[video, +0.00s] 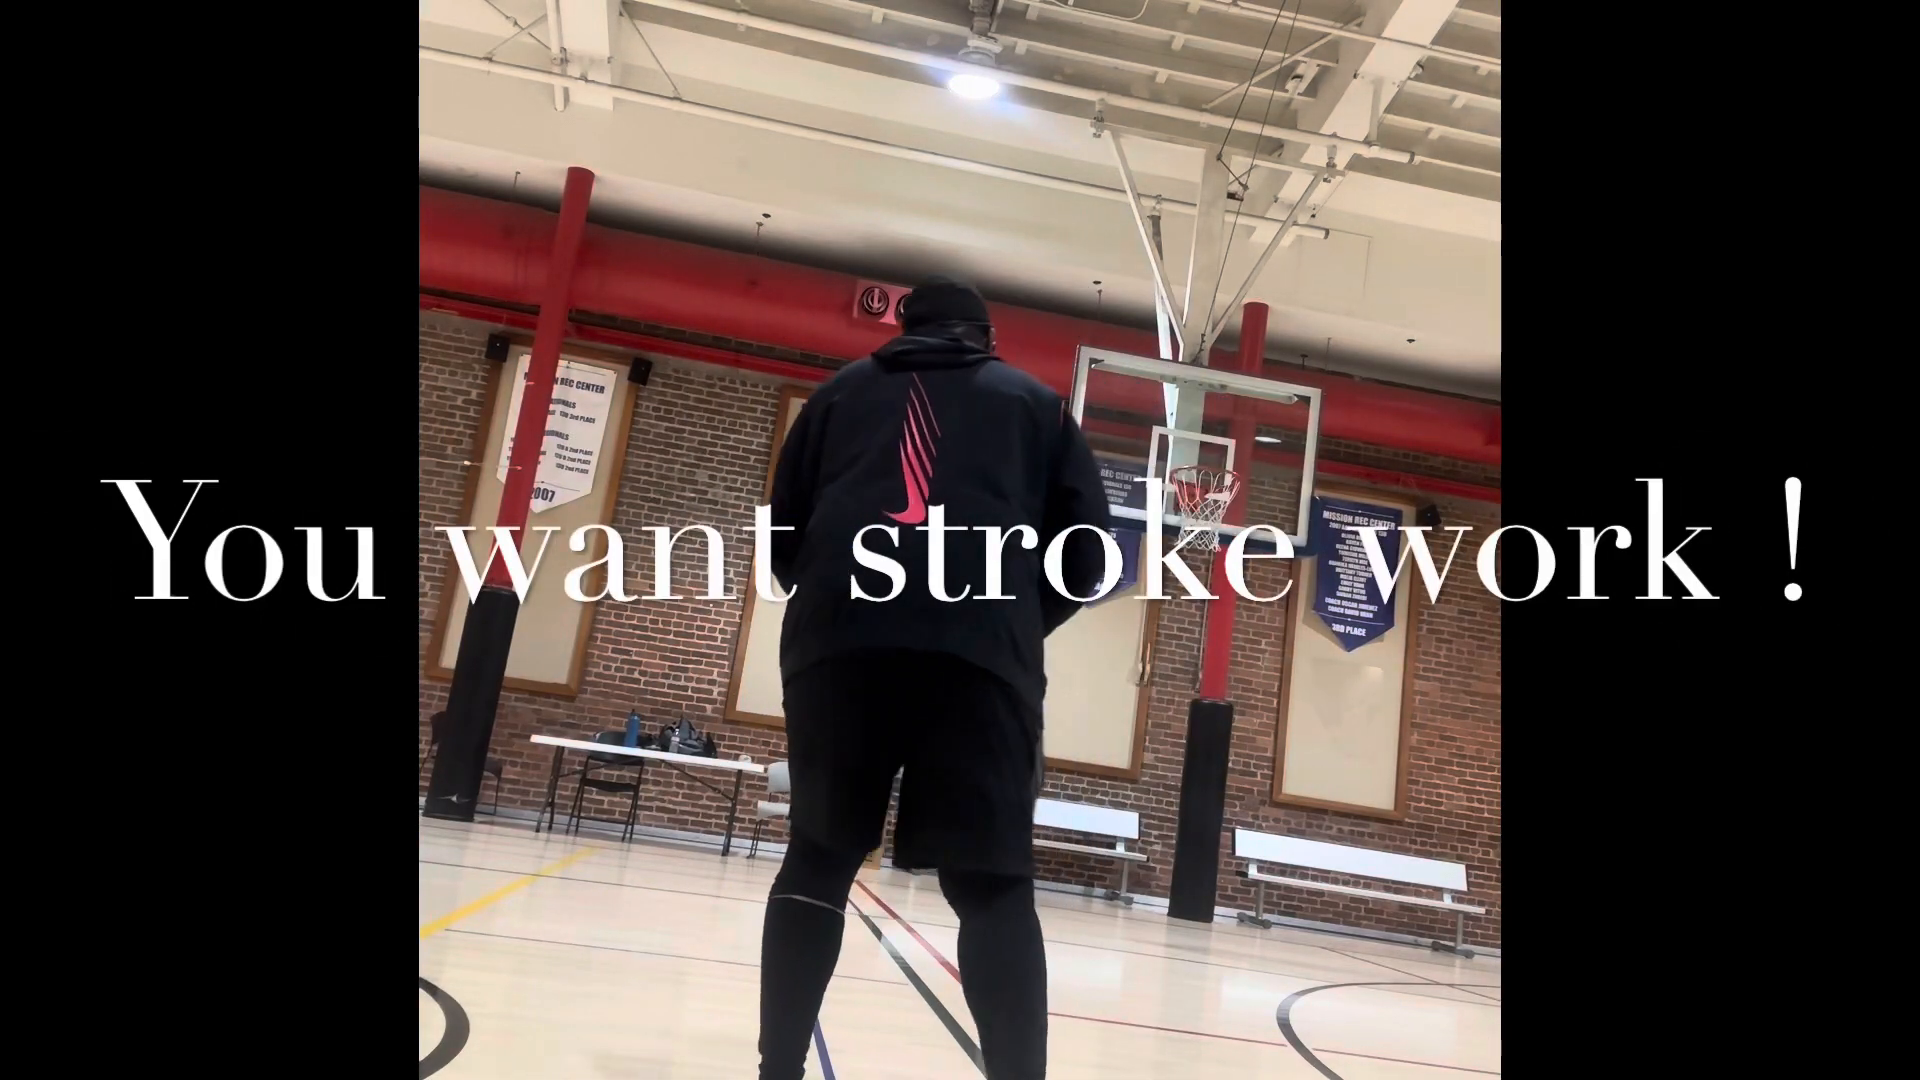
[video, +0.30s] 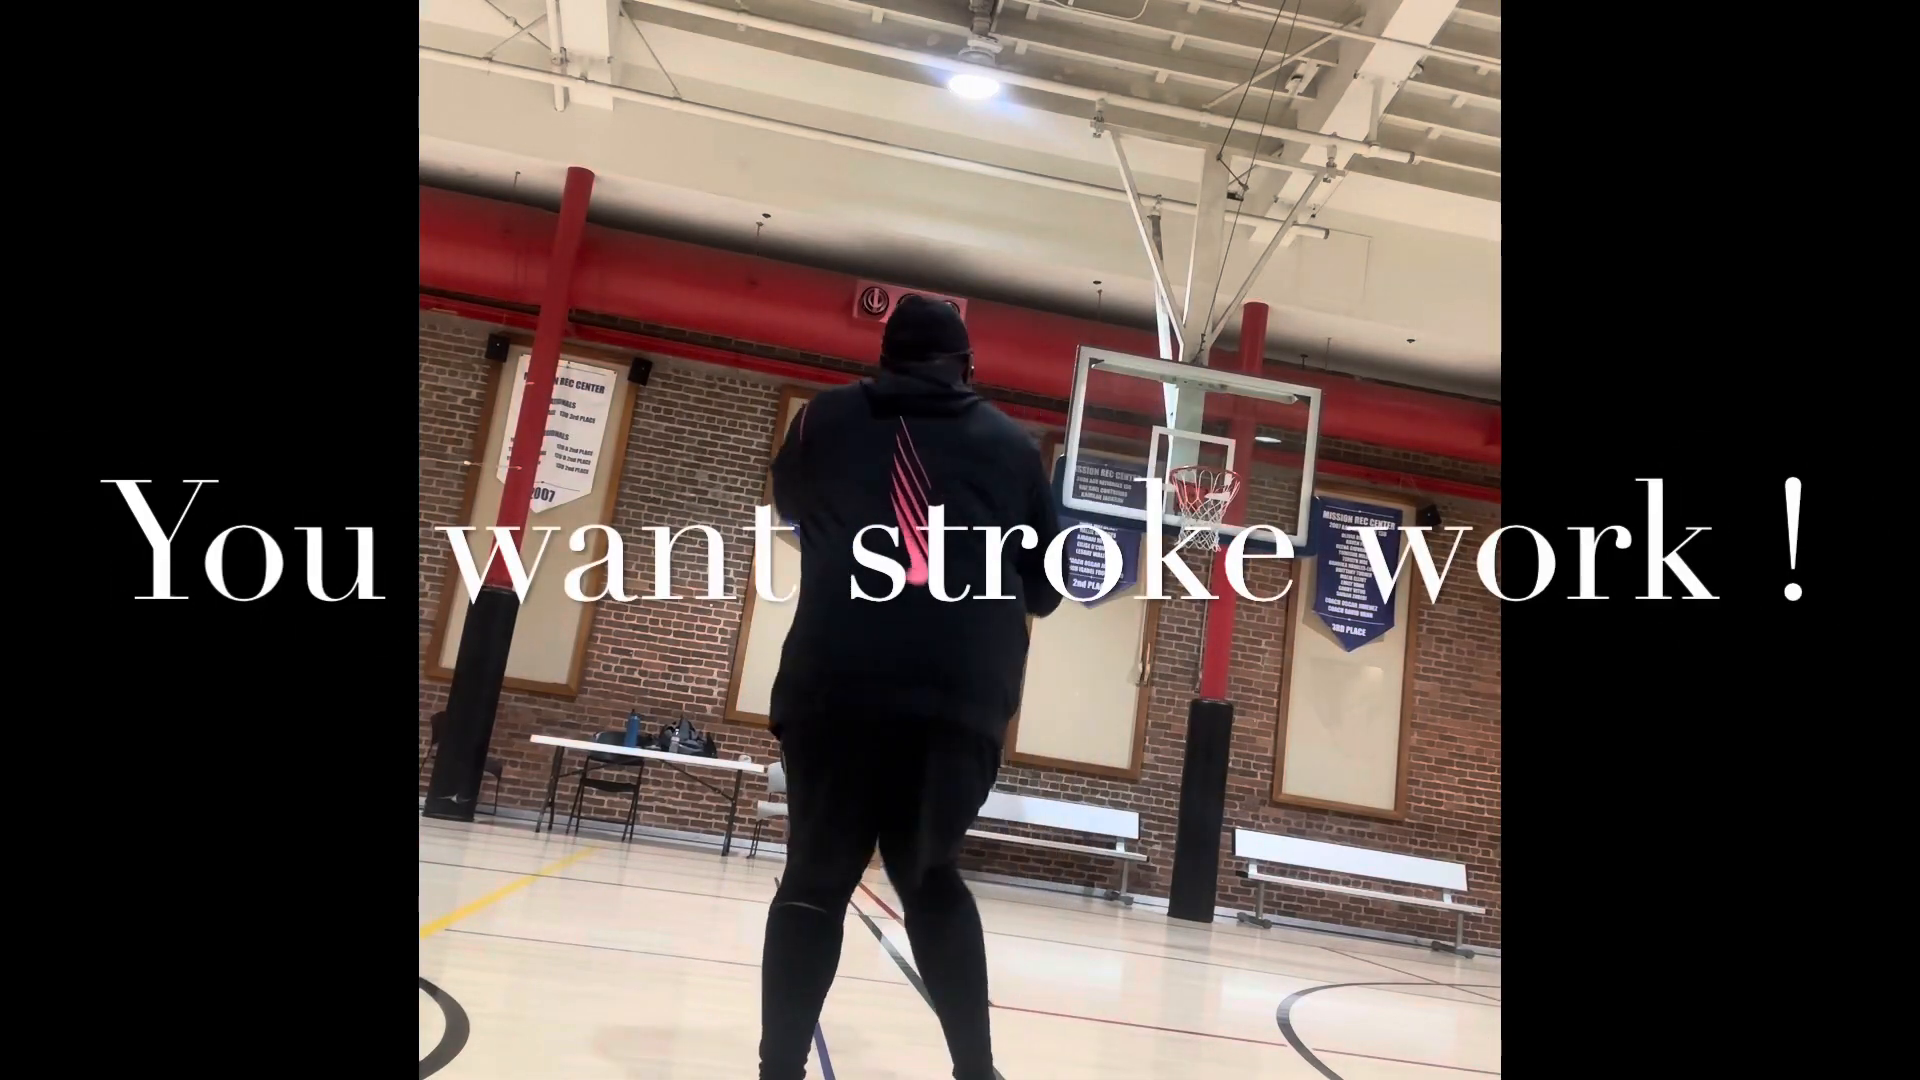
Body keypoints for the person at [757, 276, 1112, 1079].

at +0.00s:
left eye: (906, 315)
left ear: (904, 326)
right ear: (984, 334)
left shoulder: (838, 394)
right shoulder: (1036, 404)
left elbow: (785, 546)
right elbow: (1092, 552)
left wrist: (852, 596)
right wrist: (1014, 617)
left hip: (837, 659)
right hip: (983, 669)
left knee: (819, 853)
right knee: (995, 885)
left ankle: (779, 1065)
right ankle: (1018, 1072)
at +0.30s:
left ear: (884, 356)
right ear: (964, 364)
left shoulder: (825, 421)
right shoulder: (1012, 447)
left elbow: (794, 502)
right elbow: (1046, 577)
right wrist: (981, 599)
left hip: (831, 698)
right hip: (962, 710)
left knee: (814, 882)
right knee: (932, 872)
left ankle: (779, 1067)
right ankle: (977, 1067)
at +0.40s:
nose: (962, 382)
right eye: (965, 369)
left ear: (889, 366)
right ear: (968, 374)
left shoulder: (834, 431)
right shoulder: (1007, 456)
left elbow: (803, 443)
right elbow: (1083, 558)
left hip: (839, 705)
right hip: (967, 717)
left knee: (812, 894)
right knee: (918, 889)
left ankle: (783, 1071)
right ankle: (981, 1072)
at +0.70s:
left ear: (925, 327)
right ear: (1003, 336)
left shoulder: (885, 393)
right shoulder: (1047, 420)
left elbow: (858, 318)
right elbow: (1092, 392)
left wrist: (936, 262)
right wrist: (1052, 308)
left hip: (879, 684)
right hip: (993, 702)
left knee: (804, 873)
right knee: (943, 889)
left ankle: (794, 1050)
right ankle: (986, 1068)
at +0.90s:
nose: (978, 227)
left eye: (967, 217)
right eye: (1011, 218)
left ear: (952, 236)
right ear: (1040, 242)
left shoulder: (920, 289)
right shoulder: (1060, 317)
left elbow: (874, 225)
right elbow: (1068, 253)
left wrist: (877, 152)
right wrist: (1081, 205)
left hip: (897, 585)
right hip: (1009, 599)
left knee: (849, 781)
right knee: (989, 798)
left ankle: (810, 1008)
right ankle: (1003, 1030)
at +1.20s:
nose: (951, 314)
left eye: (949, 302)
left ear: (940, 314)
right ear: (1022, 322)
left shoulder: (897, 380)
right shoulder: (1049, 398)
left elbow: (798, 337)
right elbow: (1067, 359)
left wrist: (783, 260)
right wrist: (1051, 284)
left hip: (903, 669)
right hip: (1005, 680)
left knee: (850, 852)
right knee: (958, 860)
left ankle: (857, 1062)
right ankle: (989, 1059)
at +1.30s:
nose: (929, 328)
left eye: (931, 315)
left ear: (933, 322)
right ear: (1011, 329)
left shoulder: (903, 408)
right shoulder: (1053, 430)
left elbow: (807, 461)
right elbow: (1057, 482)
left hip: (896, 686)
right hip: (1007, 696)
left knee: (831, 848)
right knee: (950, 865)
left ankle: (849, 1052)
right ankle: (988, 1059)